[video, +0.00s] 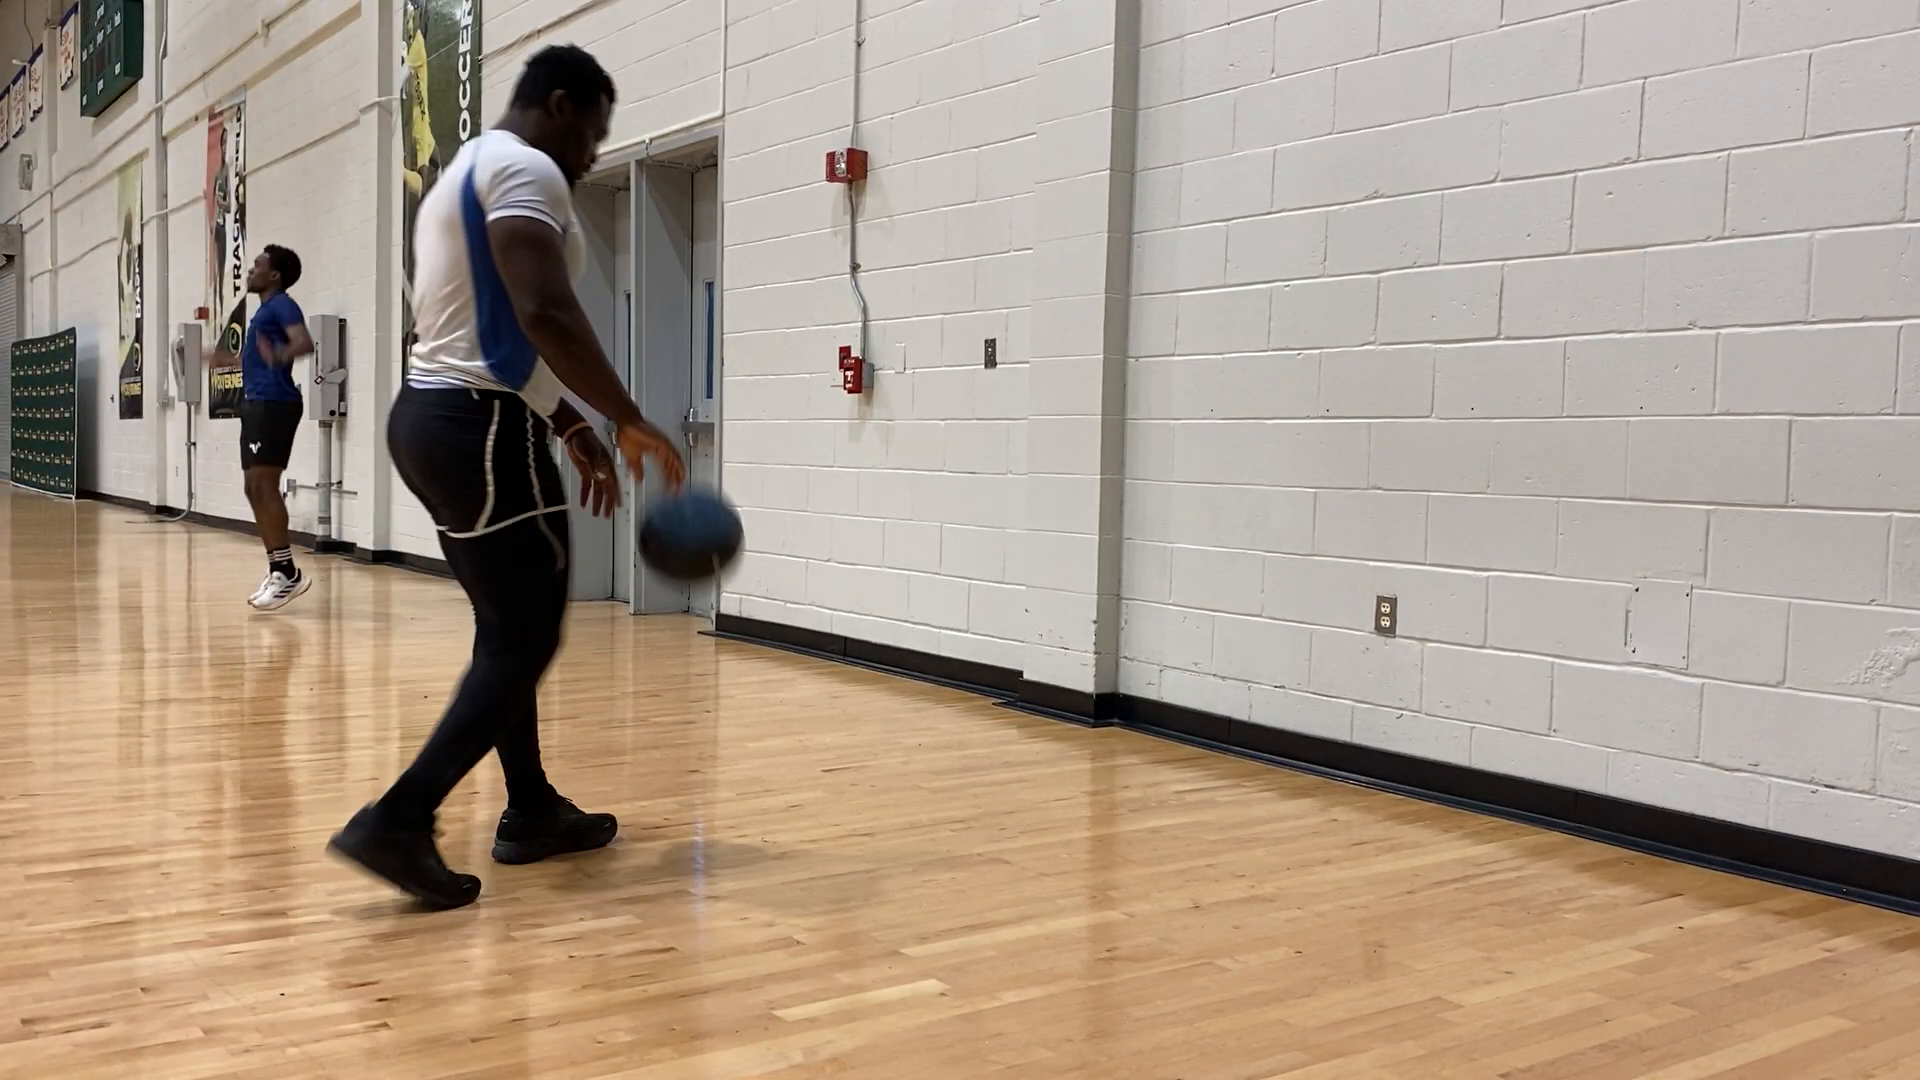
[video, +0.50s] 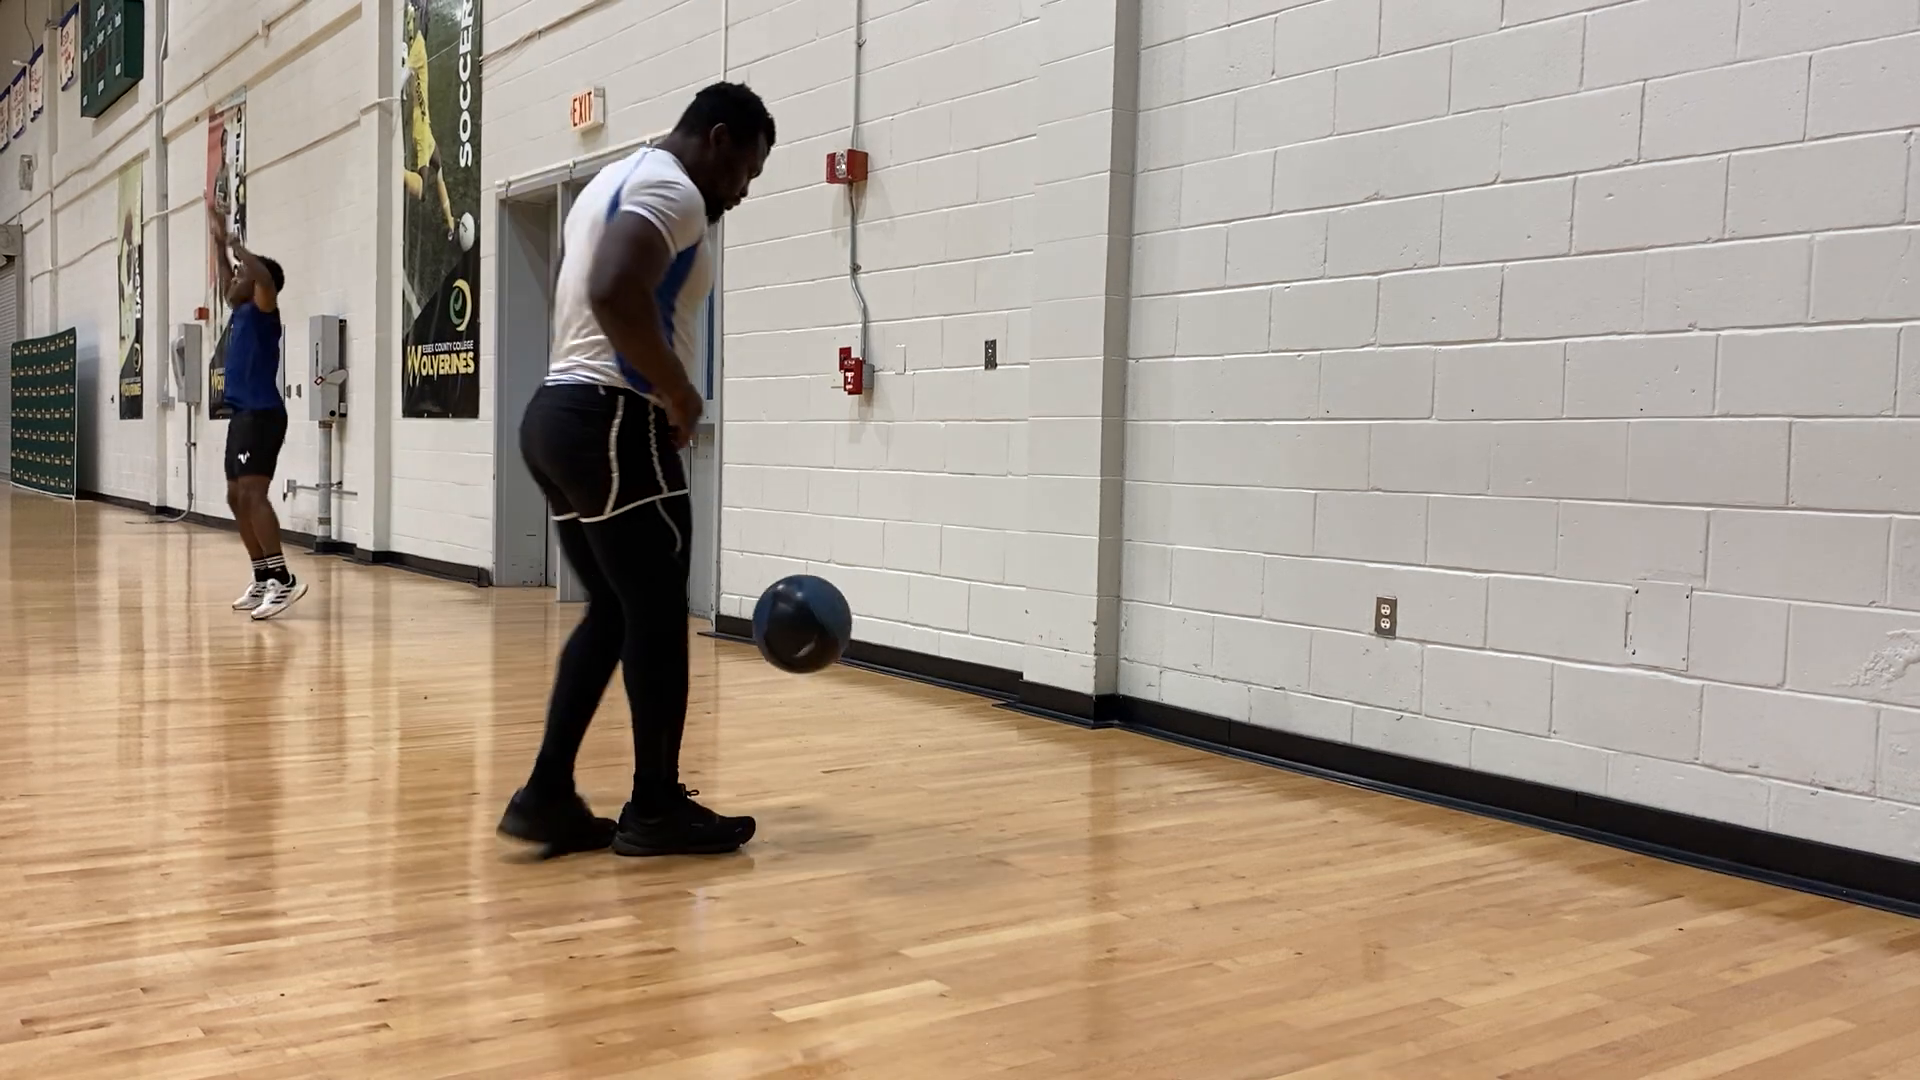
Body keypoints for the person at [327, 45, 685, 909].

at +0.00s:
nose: (594, 155)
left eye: (599, 139)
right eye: (594, 134)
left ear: (528, 103)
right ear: (558, 105)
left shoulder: (462, 171)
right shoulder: (521, 166)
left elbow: (484, 329)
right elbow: (544, 308)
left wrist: (566, 421)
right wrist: (628, 417)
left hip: (434, 415)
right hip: (479, 417)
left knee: (509, 619)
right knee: (527, 628)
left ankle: (530, 807)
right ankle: (397, 822)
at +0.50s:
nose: (745, 190)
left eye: (754, 176)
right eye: (750, 169)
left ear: (700, 133)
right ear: (717, 139)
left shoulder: (612, 179)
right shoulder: (669, 185)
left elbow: (584, 301)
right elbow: (615, 290)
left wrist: (647, 386)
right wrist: (679, 393)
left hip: (558, 414)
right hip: (612, 416)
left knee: (611, 607)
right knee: (659, 612)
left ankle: (546, 793)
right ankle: (657, 803)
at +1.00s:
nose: (858, 283)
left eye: (868, 271)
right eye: (863, 264)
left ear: (825, 229)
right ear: (835, 235)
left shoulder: (748, 252)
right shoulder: (767, 261)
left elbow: (705, 397)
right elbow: (725, 376)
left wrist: (745, 491)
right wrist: (765, 500)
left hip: (607, 433)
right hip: (633, 440)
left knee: (695, 605)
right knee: (727, 608)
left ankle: (650, 789)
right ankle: (666, 798)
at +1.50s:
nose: (863, 475)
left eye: (868, 460)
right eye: (862, 458)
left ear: (816, 440)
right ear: (827, 443)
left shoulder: (765, 474)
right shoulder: (805, 491)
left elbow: (812, 618)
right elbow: (853, 612)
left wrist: (876, 701)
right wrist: (924, 694)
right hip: (656, 664)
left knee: (826, 663)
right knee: (838, 685)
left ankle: (680, 774)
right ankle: (683, 785)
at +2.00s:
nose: (907, 409)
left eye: (904, 394)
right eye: (899, 393)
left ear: (854, 397)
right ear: (864, 398)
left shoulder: (783, 467)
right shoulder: (855, 480)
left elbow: (801, 592)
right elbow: (881, 618)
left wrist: (876, 654)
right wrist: (943, 709)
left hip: (780, 684)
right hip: (819, 690)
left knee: (922, 791)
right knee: (938, 826)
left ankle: (750, 755)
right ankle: (761, 776)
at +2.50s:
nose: (1009, 444)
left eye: (1011, 430)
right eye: (1007, 428)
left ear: (960, 413)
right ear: (979, 415)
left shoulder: (913, 453)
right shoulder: (945, 455)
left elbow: (909, 607)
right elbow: (944, 580)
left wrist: (970, 684)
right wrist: (985, 689)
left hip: (838, 643)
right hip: (856, 647)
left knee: (936, 793)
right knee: (940, 817)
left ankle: (767, 745)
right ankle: (768, 760)